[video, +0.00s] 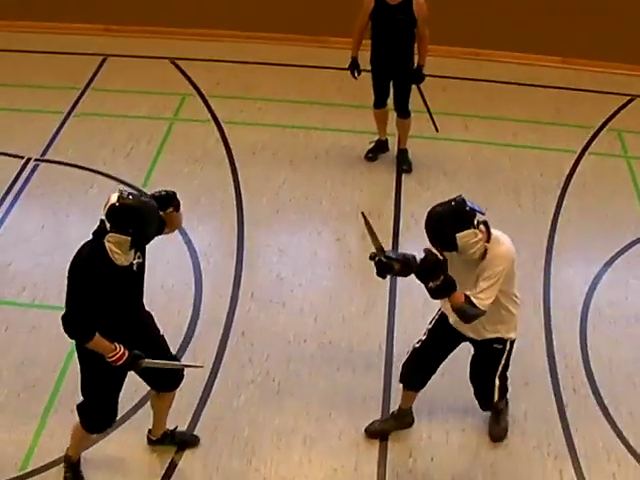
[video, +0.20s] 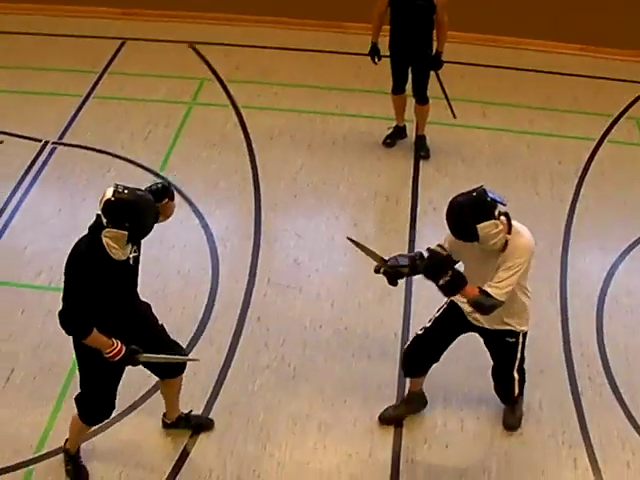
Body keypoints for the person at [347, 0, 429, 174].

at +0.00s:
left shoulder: (416, 4)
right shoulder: (372, 3)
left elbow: (422, 34)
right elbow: (361, 27)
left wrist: (420, 65)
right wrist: (354, 56)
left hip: (403, 65)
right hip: (379, 64)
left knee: (402, 108)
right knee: (379, 103)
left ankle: (402, 150)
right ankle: (381, 141)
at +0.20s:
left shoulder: (434, 1)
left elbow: (441, 18)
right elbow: (380, 11)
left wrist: (439, 52)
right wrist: (374, 42)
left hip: (422, 48)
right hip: (398, 46)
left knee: (420, 95)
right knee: (397, 89)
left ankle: (420, 136)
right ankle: (399, 127)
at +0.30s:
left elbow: (453, 5)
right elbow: (391, 2)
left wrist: (450, 37)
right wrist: (386, 26)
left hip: (433, 32)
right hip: (409, 30)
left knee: (431, 78)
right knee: (408, 72)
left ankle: (431, 121)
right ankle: (410, 111)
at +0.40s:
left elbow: (462, 1)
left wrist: (459, 24)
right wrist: (396, 14)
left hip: (442, 20)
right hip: (418, 19)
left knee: (441, 67)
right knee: (417, 60)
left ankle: (439, 109)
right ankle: (419, 99)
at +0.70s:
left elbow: (491, 0)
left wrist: (488, 21)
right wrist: (424, 11)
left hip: (471, 17)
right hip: (447, 16)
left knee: (469, 64)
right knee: (446, 57)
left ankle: (467, 106)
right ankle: (447, 96)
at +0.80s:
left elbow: (506, 1)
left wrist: (504, 23)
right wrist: (439, 12)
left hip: (487, 20)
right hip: (463, 18)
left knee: (484, 66)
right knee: (461, 59)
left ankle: (482, 109)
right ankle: (462, 98)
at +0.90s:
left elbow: (525, 2)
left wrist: (522, 25)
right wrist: (457, 14)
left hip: (505, 22)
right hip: (480, 20)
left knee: (502, 69)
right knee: (478, 61)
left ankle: (500, 111)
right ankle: (479, 100)